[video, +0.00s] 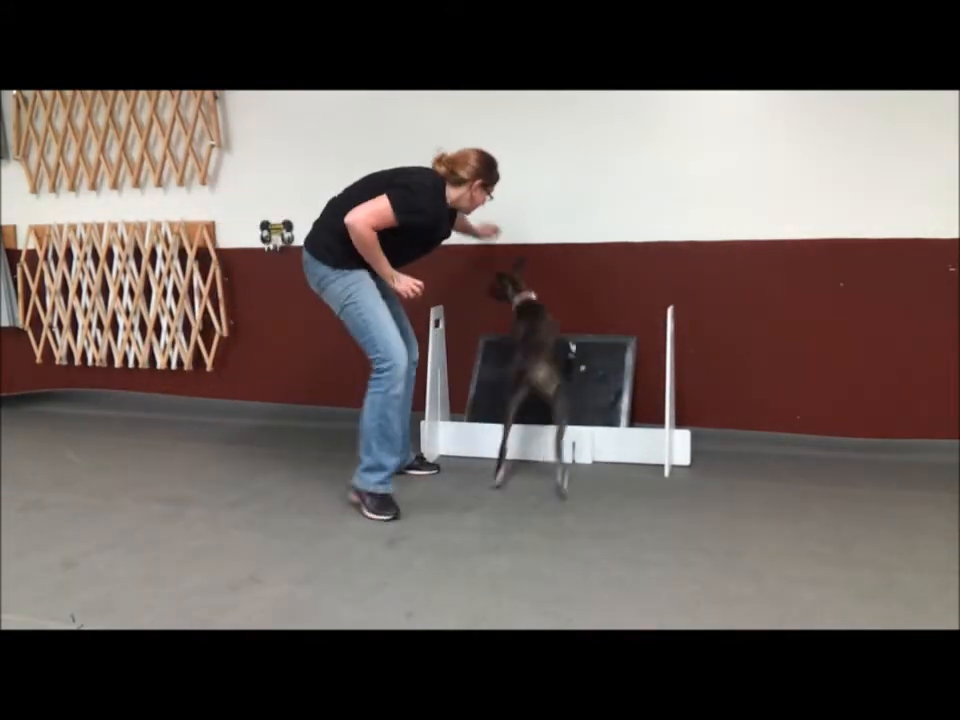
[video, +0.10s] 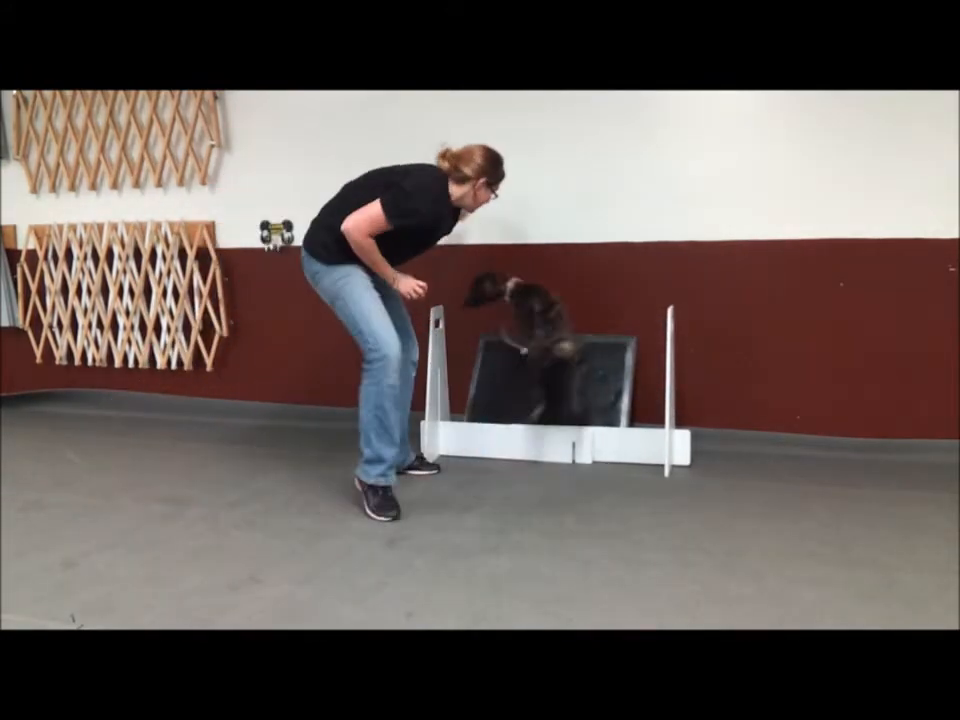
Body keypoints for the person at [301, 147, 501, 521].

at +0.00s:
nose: (485, 200)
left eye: (488, 194)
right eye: (486, 192)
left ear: (468, 183)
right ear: (471, 184)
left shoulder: (444, 201)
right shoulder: (425, 194)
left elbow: (450, 218)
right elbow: (357, 221)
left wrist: (474, 230)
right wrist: (391, 275)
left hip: (363, 264)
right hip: (334, 263)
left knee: (407, 353)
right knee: (391, 359)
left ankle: (398, 455)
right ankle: (370, 483)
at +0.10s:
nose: (491, 198)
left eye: (494, 191)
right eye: (491, 190)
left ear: (472, 181)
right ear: (474, 182)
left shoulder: (447, 206)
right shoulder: (425, 192)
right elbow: (353, 229)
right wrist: (394, 278)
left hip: (367, 263)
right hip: (332, 259)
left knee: (406, 352)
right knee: (386, 351)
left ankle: (397, 454)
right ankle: (374, 475)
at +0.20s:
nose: (494, 208)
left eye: (497, 201)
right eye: (494, 199)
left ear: (474, 191)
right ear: (478, 193)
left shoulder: (451, 217)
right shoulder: (421, 197)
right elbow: (353, 244)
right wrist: (399, 291)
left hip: (364, 257)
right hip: (321, 251)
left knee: (401, 350)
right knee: (353, 344)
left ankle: (394, 454)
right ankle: (369, 463)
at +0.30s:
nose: (486, 226)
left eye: (489, 220)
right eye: (486, 219)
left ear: (465, 207)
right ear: (469, 213)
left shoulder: (441, 228)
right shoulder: (406, 216)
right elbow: (353, 273)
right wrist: (403, 320)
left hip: (362, 261)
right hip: (312, 253)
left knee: (404, 347)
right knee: (323, 342)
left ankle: (391, 456)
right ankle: (337, 460)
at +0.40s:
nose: (460, 252)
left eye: (464, 245)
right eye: (460, 245)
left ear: (439, 235)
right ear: (441, 237)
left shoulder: (425, 251)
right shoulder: (382, 238)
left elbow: (401, 306)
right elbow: (346, 316)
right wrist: (406, 368)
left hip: (363, 273)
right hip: (304, 264)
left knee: (404, 347)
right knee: (300, 358)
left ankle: (391, 457)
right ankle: (293, 483)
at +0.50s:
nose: (422, 279)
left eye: (426, 271)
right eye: (417, 271)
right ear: (387, 261)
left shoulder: (404, 264)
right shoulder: (338, 260)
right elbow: (333, 362)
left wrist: (373, 313)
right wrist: (369, 436)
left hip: (357, 294)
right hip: (288, 287)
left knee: (399, 368)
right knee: (273, 389)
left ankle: (396, 463)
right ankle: (275, 516)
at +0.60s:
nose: (349, 302)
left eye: (358, 292)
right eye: (338, 293)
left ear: (371, 283)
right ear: (312, 282)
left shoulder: (376, 266)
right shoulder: (281, 289)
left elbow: (367, 303)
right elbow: (288, 378)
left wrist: (339, 335)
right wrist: (289, 470)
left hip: (347, 313)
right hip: (266, 300)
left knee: (385, 374)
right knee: (245, 403)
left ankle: (385, 446)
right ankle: (269, 524)